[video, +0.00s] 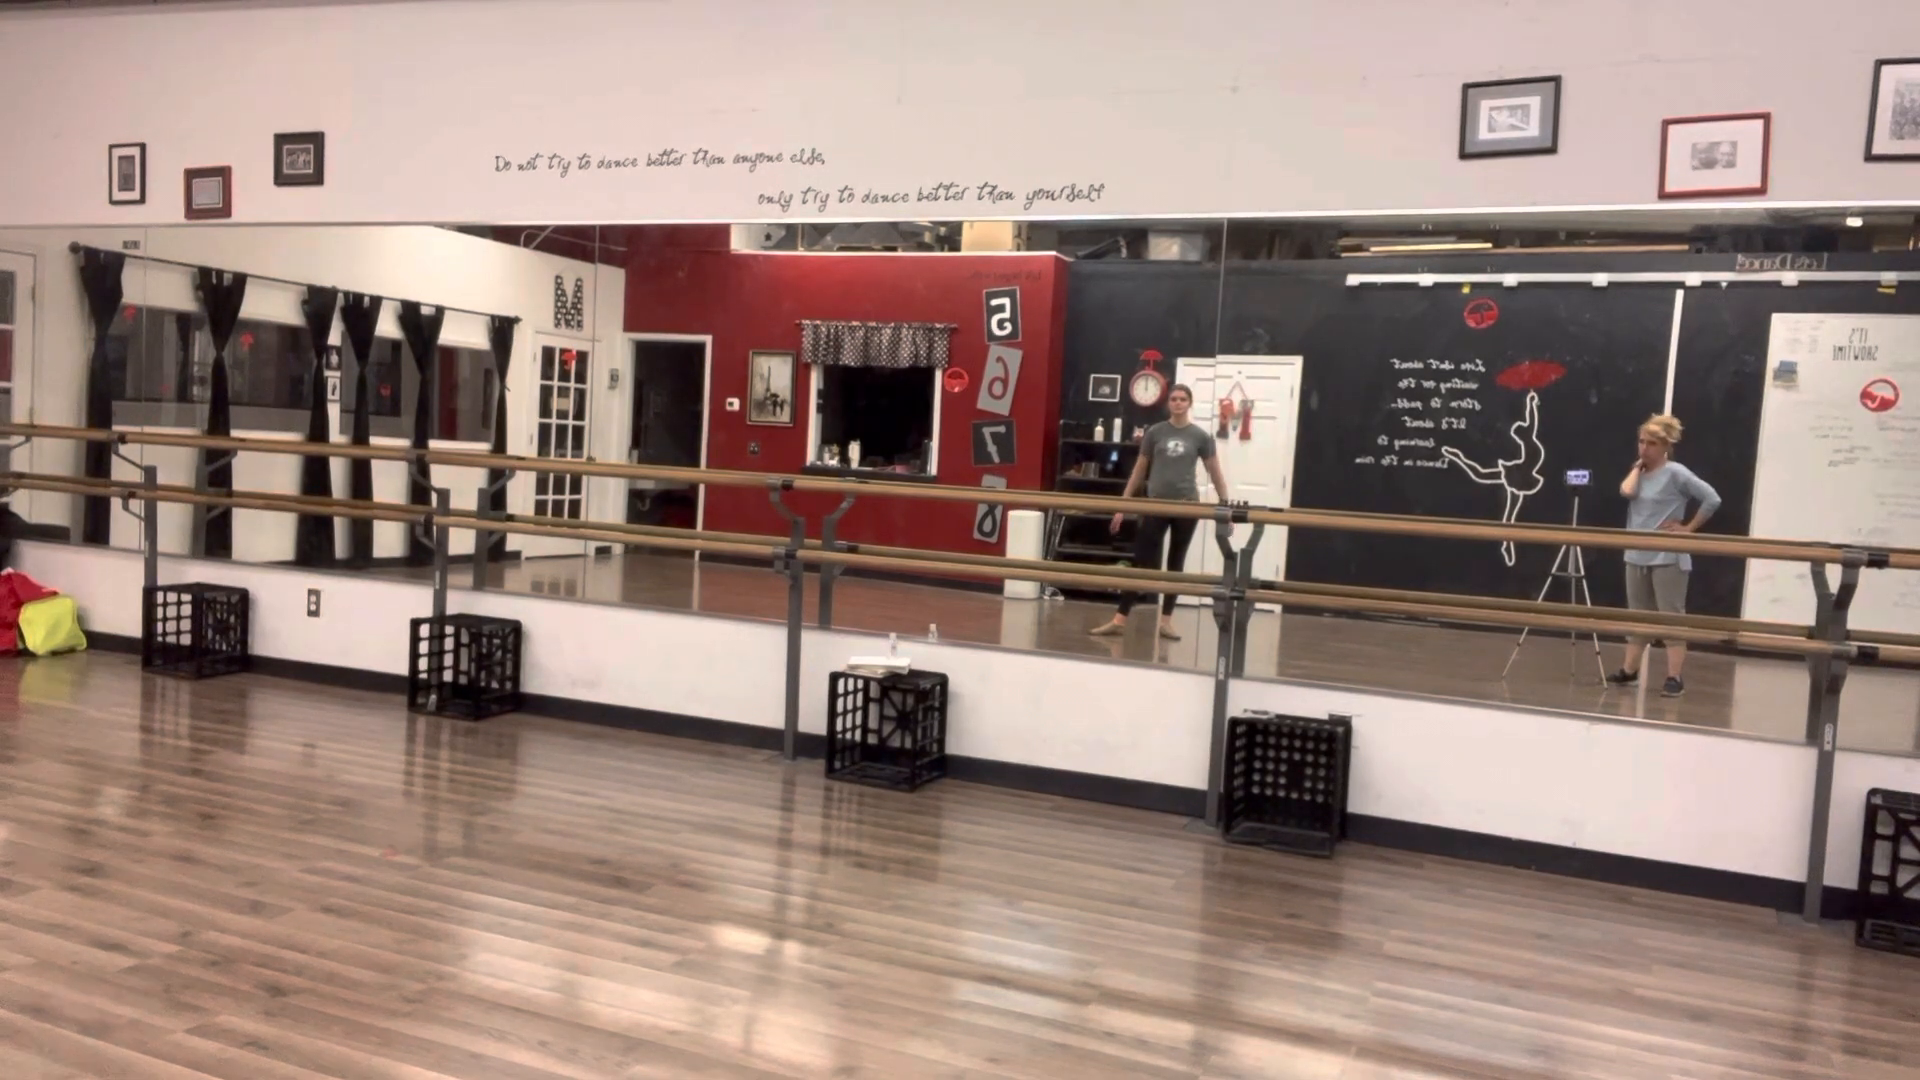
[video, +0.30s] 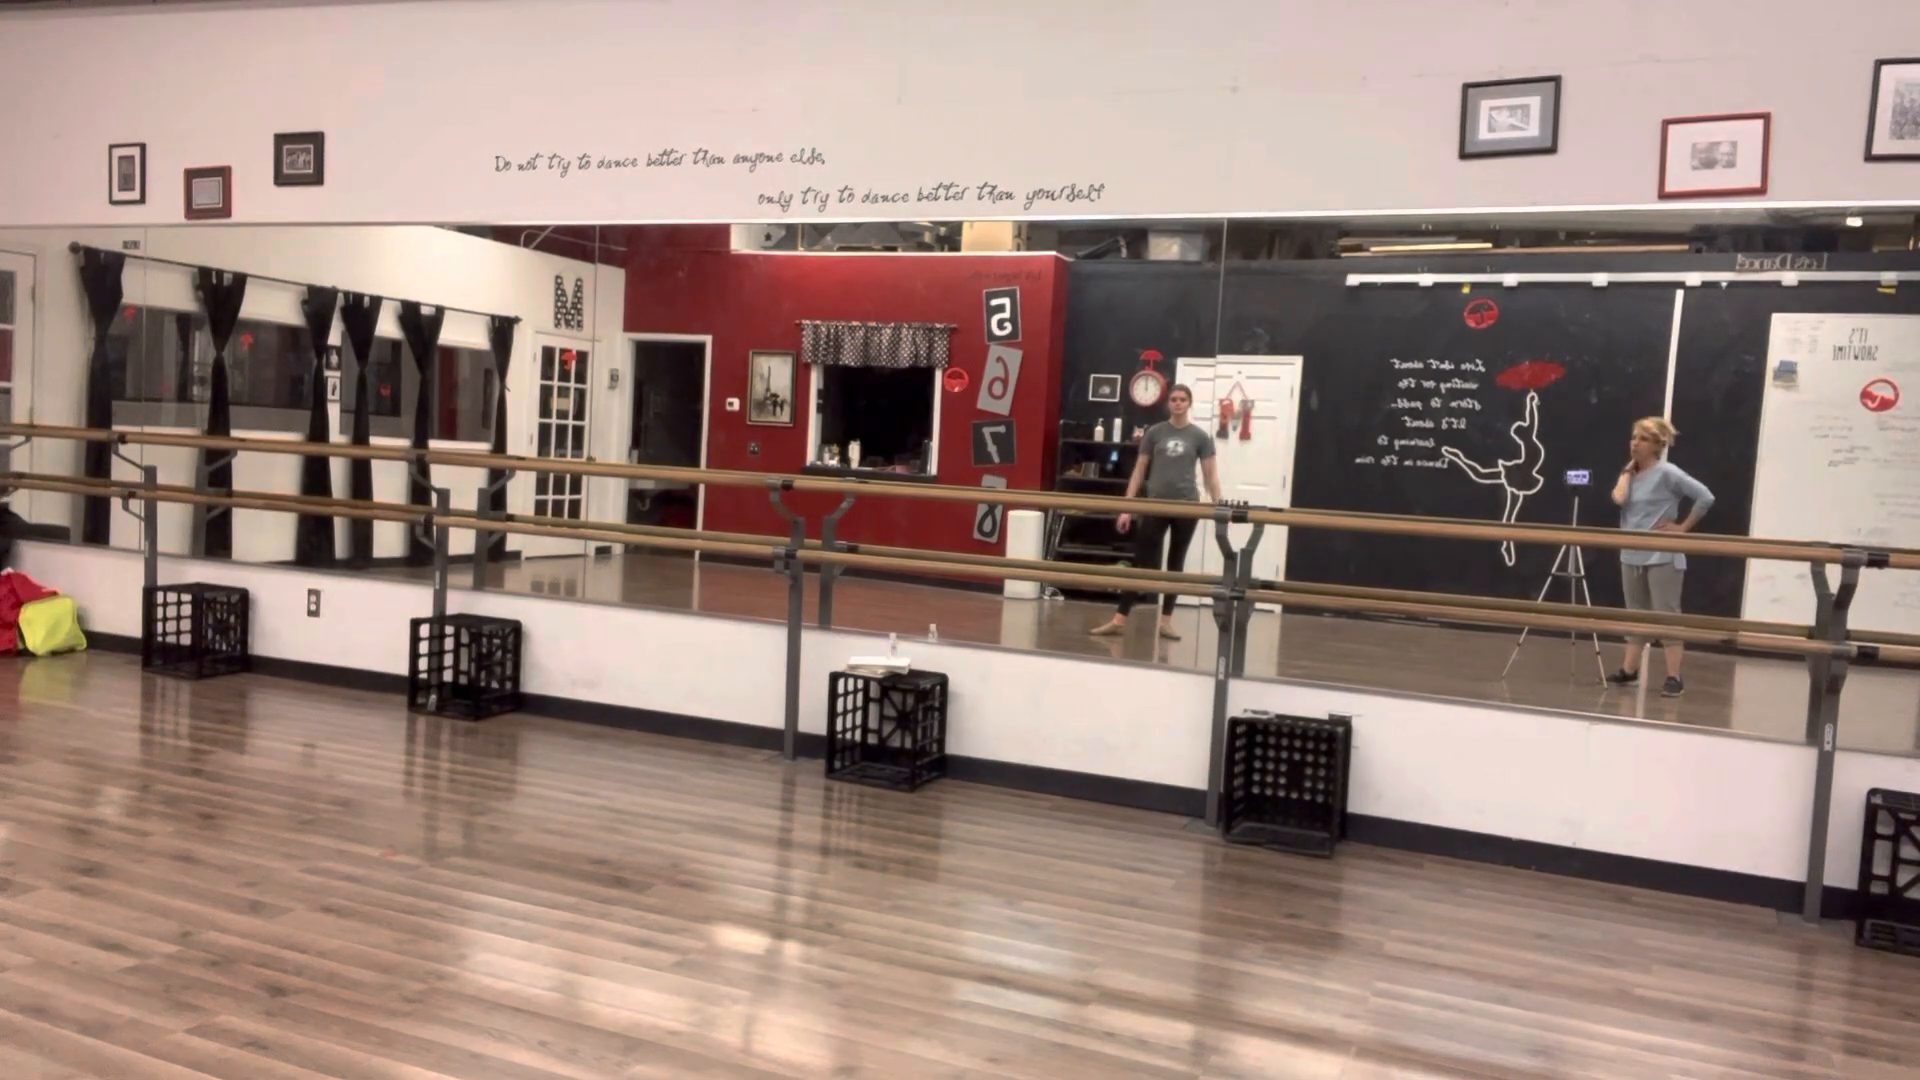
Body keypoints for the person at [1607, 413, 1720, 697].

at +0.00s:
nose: (1643, 449)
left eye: (1650, 444)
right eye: (1641, 442)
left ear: (1665, 447)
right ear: (1639, 444)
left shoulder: (1676, 473)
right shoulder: (1637, 473)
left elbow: (1712, 499)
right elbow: (1627, 491)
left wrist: (1689, 528)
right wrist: (1638, 465)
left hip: (1668, 556)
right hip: (1636, 555)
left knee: (1671, 618)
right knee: (1637, 616)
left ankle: (1674, 677)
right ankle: (1629, 670)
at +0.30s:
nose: (1634, 444)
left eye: (1641, 439)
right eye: (1633, 438)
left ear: (1657, 445)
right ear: (1631, 442)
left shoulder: (1668, 473)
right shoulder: (1628, 475)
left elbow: (1705, 497)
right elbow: (1619, 498)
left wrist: (1683, 527)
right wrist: (1627, 470)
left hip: (1663, 555)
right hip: (1631, 554)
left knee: (1667, 616)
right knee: (1634, 615)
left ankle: (1673, 676)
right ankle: (1629, 670)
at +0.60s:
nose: (1632, 444)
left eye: (1639, 439)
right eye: (1632, 438)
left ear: (1656, 445)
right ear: (1633, 443)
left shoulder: (1669, 474)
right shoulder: (1632, 477)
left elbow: (1707, 498)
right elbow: (1616, 502)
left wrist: (1686, 527)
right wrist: (1628, 473)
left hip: (1665, 555)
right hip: (1634, 554)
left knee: (1666, 617)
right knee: (1635, 616)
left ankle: (1681, 677)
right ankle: (1628, 670)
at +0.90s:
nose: (1642, 448)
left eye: (1647, 442)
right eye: (1642, 442)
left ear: (1664, 445)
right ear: (1656, 447)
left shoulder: (1677, 473)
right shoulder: (1656, 477)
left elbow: (1709, 499)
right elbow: (1637, 507)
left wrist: (1696, 527)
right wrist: (1648, 475)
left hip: (1682, 557)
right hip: (1658, 555)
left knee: (1678, 618)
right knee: (1645, 614)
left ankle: (1688, 679)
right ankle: (1628, 670)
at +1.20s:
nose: (1654, 444)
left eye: (1659, 439)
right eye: (1654, 439)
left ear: (1676, 443)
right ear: (1672, 444)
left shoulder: (1681, 471)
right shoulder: (1672, 471)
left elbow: (1696, 502)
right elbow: (1652, 501)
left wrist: (1689, 526)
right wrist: (1663, 471)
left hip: (1687, 554)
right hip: (1670, 552)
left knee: (1681, 617)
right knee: (1656, 611)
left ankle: (1688, 678)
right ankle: (1663, 668)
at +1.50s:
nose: (1660, 444)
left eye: (1665, 440)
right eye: (1661, 439)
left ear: (1679, 446)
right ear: (1674, 445)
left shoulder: (1681, 472)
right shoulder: (1676, 471)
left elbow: (1696, 500)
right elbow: (1652, 502)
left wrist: (1685, 526)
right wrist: (1664, 471)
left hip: (1679, 555)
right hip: (1669, 554)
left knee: (1676, 615)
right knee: (1669, 614)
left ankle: (1687, 678)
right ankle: (1674, 669)